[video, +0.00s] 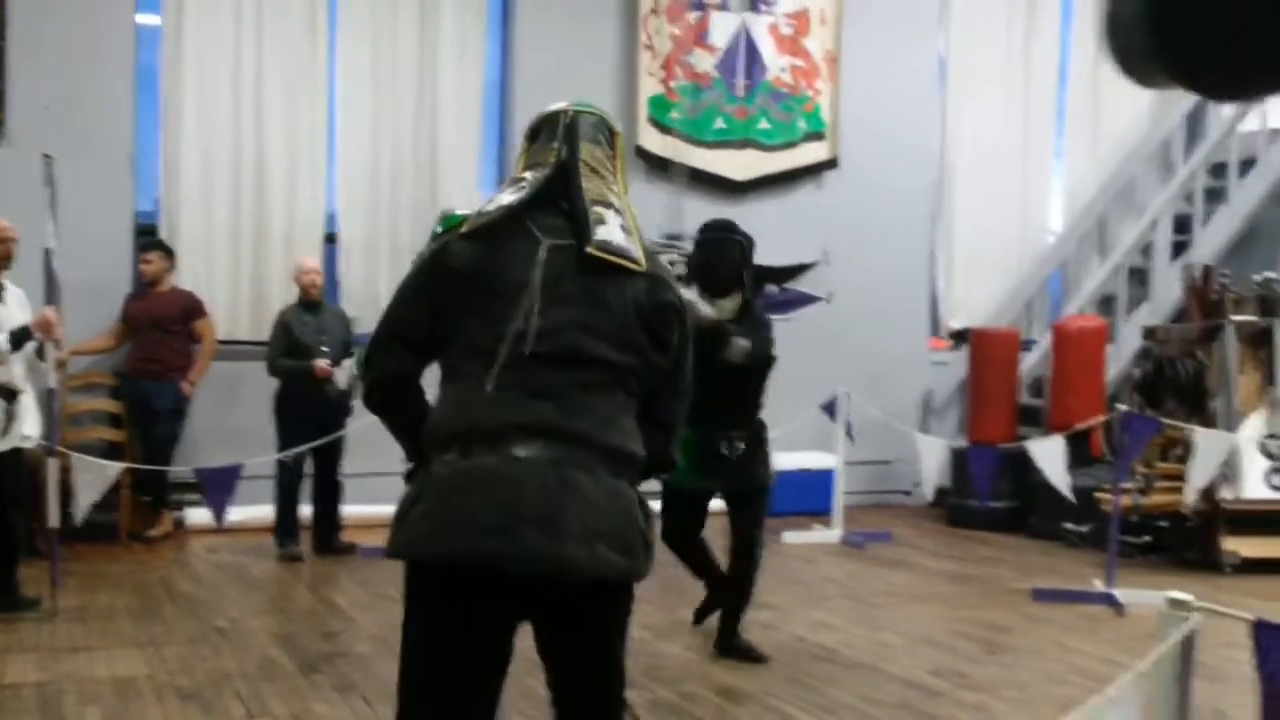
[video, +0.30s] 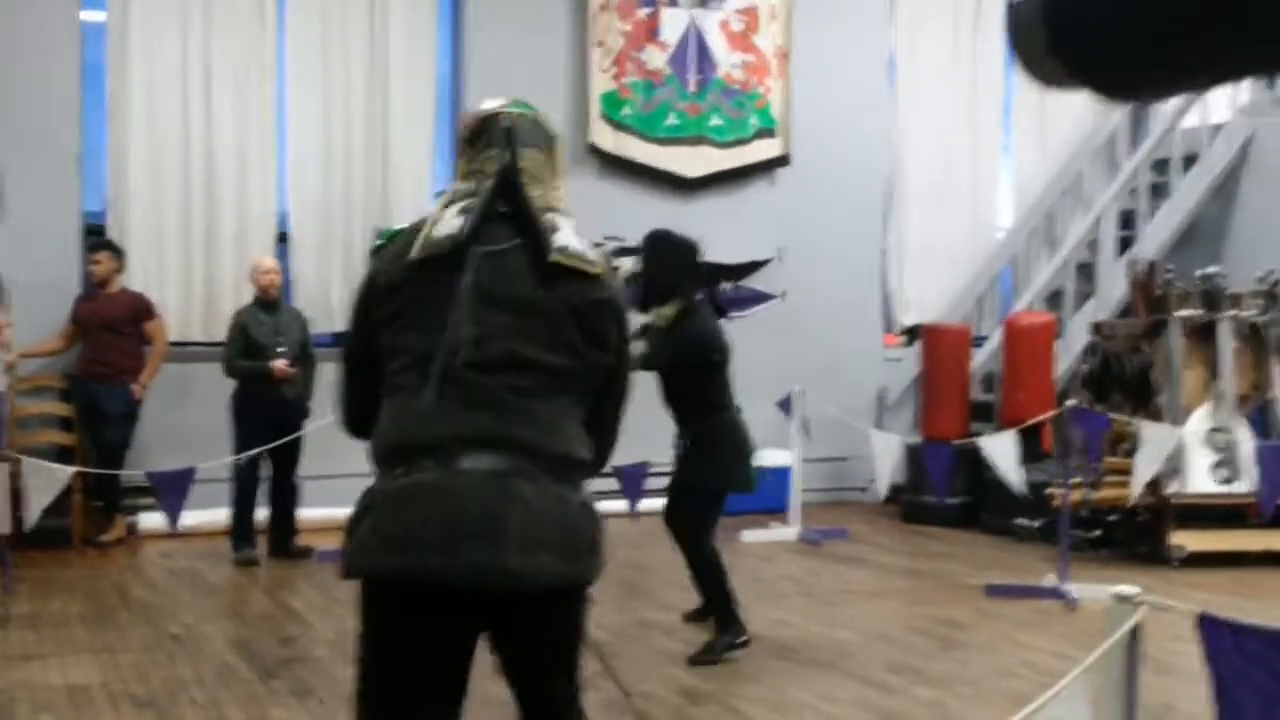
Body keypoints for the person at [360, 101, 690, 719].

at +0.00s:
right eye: (606, 162)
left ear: (527, 163)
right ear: (613, 170)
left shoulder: (463, 250)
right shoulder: (651, 281)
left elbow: (386, 375)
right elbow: (661, 435)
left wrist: (439, 452)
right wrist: (596, 466)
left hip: (461, 517)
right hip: (589, 526)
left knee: (439, 706)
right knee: (592, 708)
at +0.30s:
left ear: (463, 164)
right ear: (551, 169)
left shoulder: (400, 259)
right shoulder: (588, 278)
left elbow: (360, 411)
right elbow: (596, 441)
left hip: (415, 530)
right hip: (541, 535)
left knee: (402, 706)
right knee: (554, 705)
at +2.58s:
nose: (220, 279)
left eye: (229, 267)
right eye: (209, 265)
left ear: (249, 268)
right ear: (196, 268)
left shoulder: (270, 337)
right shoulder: (177, 323)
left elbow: (263, 393)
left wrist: (225, 357)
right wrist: (189, 341)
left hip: (254, 480)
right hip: (187, 481)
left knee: (257, 605)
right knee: (140, 609)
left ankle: (267, 708)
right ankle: (155, 684)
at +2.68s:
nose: (232, 259)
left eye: (240, 247)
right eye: (219, 248)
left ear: (250, 255)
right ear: (191, 254)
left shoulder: (260, 323)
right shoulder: (159, 317)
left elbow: (257, 385)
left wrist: (234, 372)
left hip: (236, 471)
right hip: (162, 475)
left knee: (255, 591)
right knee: (151, 597)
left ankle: (256, 700)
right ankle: (162, 699)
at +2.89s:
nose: (218, 261)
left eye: (220, 251)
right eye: (210, 252)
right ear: (188, 257)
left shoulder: (240, 324)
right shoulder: (152, 322)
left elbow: (256, 398)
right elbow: (145, 398)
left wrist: (241, 426)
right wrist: (205, 421)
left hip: (217, 459)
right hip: (151, 461)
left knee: (258, 566)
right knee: (129, 583)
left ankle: (208, 609)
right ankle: (152, 689)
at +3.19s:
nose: (246, 262)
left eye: (244, 253)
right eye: (237, 254)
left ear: (209, 264)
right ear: (212, 263)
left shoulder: (232, 323)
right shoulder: (179, 331)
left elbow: (236, 394)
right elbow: (204, 413)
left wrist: (257, 447)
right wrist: (255, 455)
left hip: (213, 452)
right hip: (171, 455)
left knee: (215, 548)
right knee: (186, 549)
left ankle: (175, 628)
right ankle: (176, 664)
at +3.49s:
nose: (260, 261)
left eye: (260, 250)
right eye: (253, 251)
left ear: (213, 257)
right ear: (230, 257)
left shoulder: (194, 303)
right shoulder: (217, 321)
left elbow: (214, 390)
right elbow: (231, 403)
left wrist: (238, 443)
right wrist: (244, 450)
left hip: (168, 446)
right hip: (192, 452)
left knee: (160, 541)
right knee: (245, 535)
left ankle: (134, 631)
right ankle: (230, 640)